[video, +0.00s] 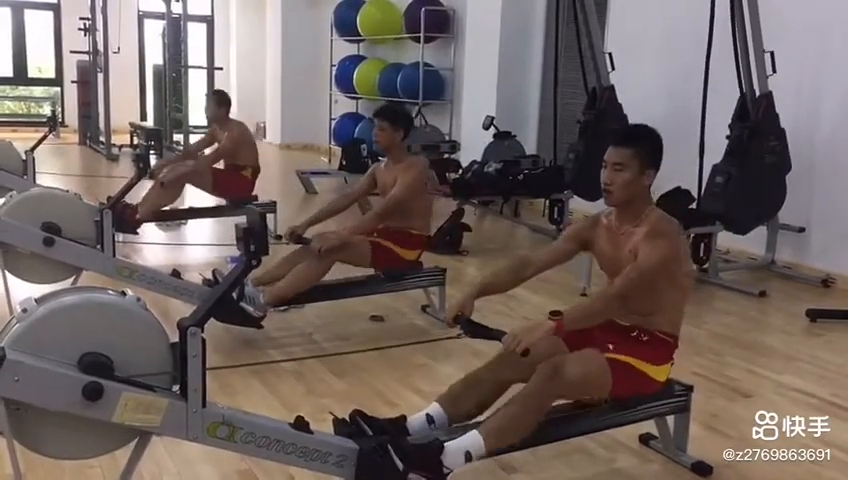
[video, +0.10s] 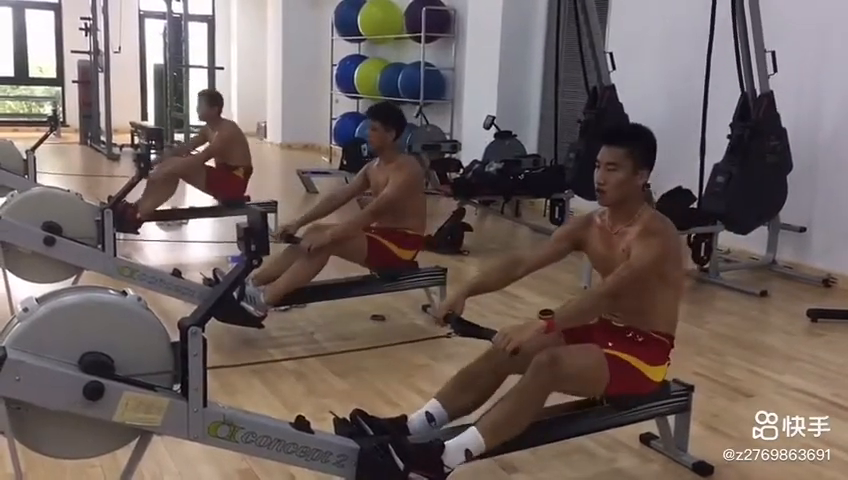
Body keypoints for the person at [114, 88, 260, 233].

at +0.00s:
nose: (205, 110)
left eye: (209, 106)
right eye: (206, 106)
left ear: (222, 109)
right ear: (217, 109)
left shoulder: (236, 131)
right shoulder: (216, 130)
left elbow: (212, 160)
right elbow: (192, 150)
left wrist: (176, 170)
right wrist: (164, 163)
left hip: (241, 186)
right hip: (231, 181)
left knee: (184, 173)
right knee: (177, 168)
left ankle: (141, 216)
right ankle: (138, 211)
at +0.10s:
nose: (198, 111)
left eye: (202, 106)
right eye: (198, 106)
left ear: (217, 109)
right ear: (201, 108)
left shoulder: (226, 131)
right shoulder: (209, 129)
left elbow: (202, 158)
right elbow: (187, 148)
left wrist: (166, 168)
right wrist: (163, 160)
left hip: (233, 186)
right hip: (224, 181)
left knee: (176, 169)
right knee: (171, 165)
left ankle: (141, 214)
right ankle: (139, 210)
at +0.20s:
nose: (185, 113)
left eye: (189, 109)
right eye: (185, 109)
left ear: (204, 109)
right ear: (201, 110)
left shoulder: (217, 131)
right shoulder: (201, 129)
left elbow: (185, 159)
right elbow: (178, 146)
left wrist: (148, 165)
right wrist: (151, 158)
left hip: (225, 185)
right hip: (216, 180)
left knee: (172, 164)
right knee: (167, 161)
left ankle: (141, 212)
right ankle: (140, 208)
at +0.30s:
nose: (178, 108)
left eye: (182, 105)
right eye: (178, 104)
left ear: (196, 108)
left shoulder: (206, 130)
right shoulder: (187, 128)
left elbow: (180, 153)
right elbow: (168, 144)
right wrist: (138, 156)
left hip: (216, 184)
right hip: (207, 179)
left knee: (165, 165)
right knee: (160, 158)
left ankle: (140, 213)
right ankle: (138, 209)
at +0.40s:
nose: (167, 109)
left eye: (172, 106)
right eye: (170, 105)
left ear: (184, 109)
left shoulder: (194, 132)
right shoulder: (176, 128)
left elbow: (160, 156)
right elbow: (151, 147)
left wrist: (122, 163)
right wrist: (121, 162)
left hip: (206, 186)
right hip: (198, 180)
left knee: (158, 163)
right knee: (154, 165)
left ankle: (140, 210)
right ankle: (139, 209)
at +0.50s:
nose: (156, 107)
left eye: (160, 103)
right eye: (157, 102)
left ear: (172, 109)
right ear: (170, 110)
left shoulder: (182, 134)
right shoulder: (166, 130)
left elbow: (148, 157)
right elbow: (141, 148)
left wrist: (114, 167)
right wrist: (107, 158)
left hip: (198, 186)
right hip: (188, 181)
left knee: (152, 162)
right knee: (141, 159)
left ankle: (141, 209)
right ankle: (139, 207)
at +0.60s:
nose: (147, 107)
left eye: (151, 103)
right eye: (148, 103)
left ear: (164, 109)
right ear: (164, 110)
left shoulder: (175, 133)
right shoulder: (161, 128)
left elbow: (140, 157)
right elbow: (133, 147)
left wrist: (105, 168)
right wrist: (99, 158)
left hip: (192, 187)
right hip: (184, 182)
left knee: (145, 161)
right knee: (138, 154)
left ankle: (141, 209)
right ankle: (139, 206)